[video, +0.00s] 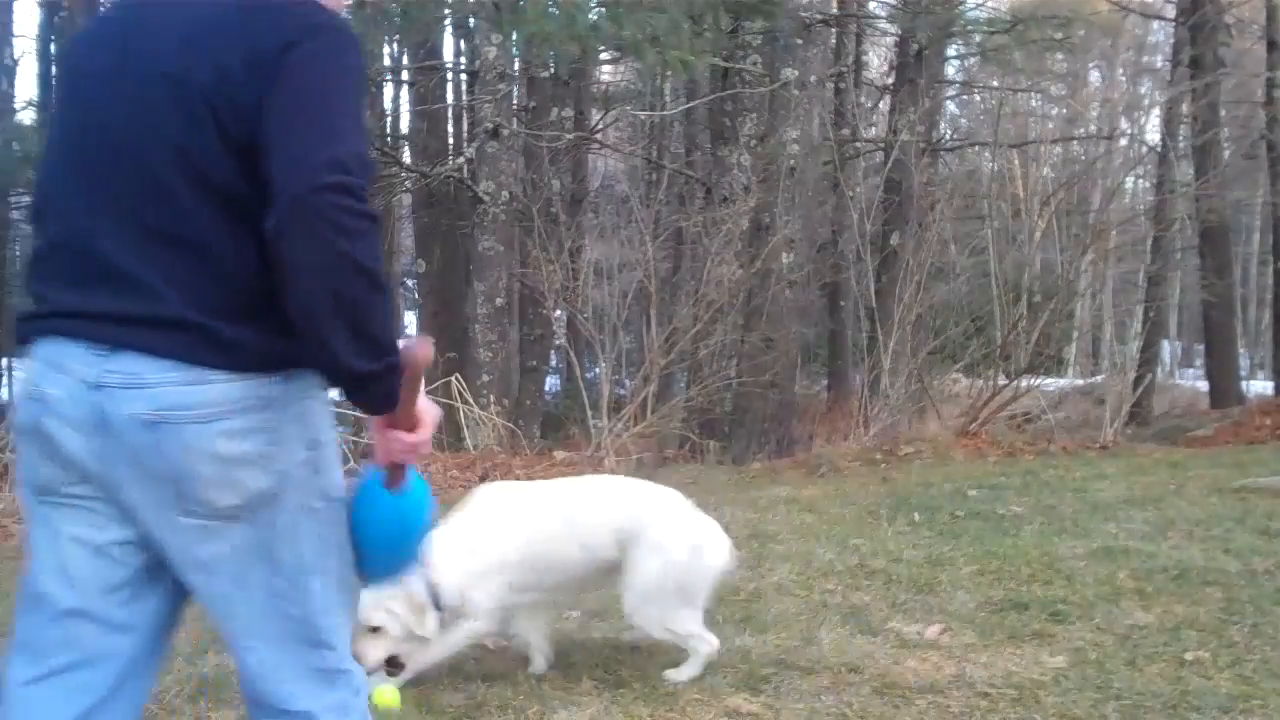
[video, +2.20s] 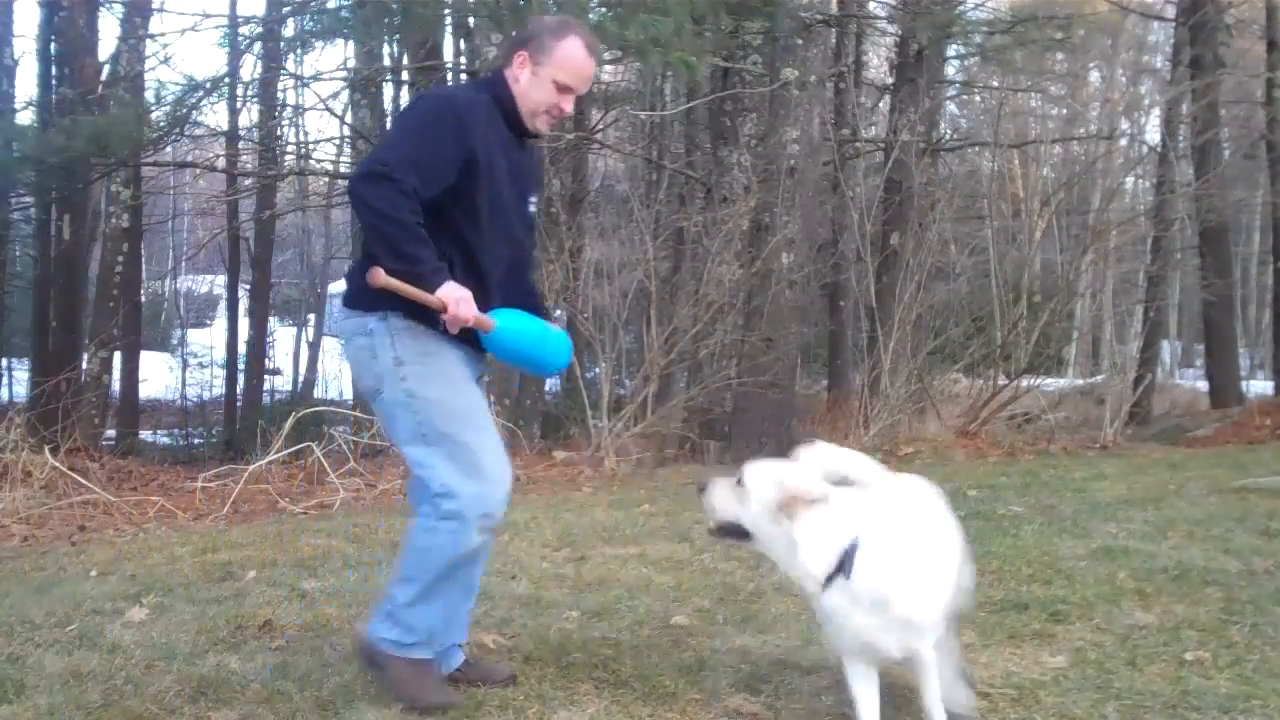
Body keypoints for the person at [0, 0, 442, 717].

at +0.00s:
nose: (348, 5)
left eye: (351, 4)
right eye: (347, 1)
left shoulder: (108, 27)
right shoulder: (307, 35)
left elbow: (63, 210)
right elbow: (318, 214)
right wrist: (383, 382)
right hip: (224, 399)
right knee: (309, 683)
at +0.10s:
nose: (393, 10)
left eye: (395, 6)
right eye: (393, 4)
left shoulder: (158, 30)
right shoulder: (362, 41)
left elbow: (82, 198)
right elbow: (379, 211)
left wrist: (117, 324)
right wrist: (427, 391)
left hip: (118, 372)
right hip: (277, 381)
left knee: (143, 623)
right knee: (331, 642)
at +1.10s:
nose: (428, 123)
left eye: (430, 112)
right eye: (433, 111)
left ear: (360, 73)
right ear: (415, 93)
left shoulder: (246, 112)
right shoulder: (423, 154)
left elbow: (160, 224)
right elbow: (440, 294)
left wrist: (163, 339)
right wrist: (421, 403)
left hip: (213, 347)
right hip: (343, 359)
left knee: (238, 575)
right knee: (357, 550)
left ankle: (265, 711)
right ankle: (340, 706)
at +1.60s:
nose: (469, 131)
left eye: (475, 122)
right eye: (473, 118)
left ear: (414, 78)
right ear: (453, 89)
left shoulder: (321, 114)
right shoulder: (436, 129)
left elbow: (247, 221)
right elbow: (444, 227)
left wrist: (261, 301)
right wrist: (450, 329)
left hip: (247, 335)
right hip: (333, 348)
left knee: (287, 500)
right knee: (335, 535)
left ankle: (263, 650)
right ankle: (297, 701)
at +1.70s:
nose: (478, 133)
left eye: (487, 123)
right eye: (486, 118)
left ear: (431, 75)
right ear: (465, 84)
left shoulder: (363, 110)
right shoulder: (430, 112)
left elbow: (347, 234)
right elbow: (429, 176)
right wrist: (446, 275)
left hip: (267, 332)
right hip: (334, 341)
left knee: (329, 510)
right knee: (337, 533)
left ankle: (354, 653)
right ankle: (293, 701)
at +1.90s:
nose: (516, 134)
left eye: (525, 125)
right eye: (520, 117)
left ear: (487, 89)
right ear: (490, 85)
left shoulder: (443, 133)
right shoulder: (431, 117)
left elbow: (437, 249)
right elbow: (393, 203)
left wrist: (449, 330)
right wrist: (427, 306)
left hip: (389, 346)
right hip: (350, 342)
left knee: (424, 504)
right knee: (358, 528)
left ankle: (429, 655)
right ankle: (295, 700)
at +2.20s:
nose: (568, 107)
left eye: (577, 97)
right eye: (563, 88)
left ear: (570, 94)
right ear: (520, 65)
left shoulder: (524, 153)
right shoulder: (452, 113)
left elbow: (510, 259)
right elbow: (375, 186)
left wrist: (538, 331)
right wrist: (435, 280)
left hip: (450, 336)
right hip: (395, 324)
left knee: (475, 486)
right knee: (474, 483)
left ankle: (441, 645)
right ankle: (398, 640)